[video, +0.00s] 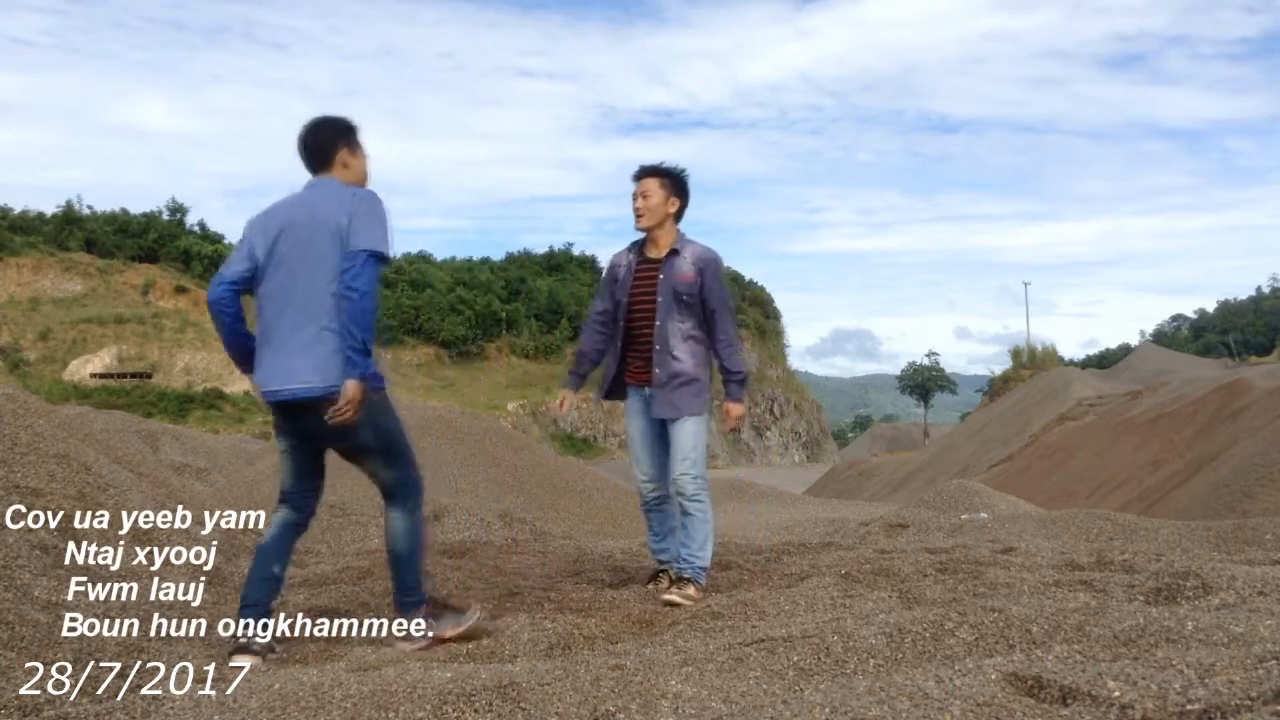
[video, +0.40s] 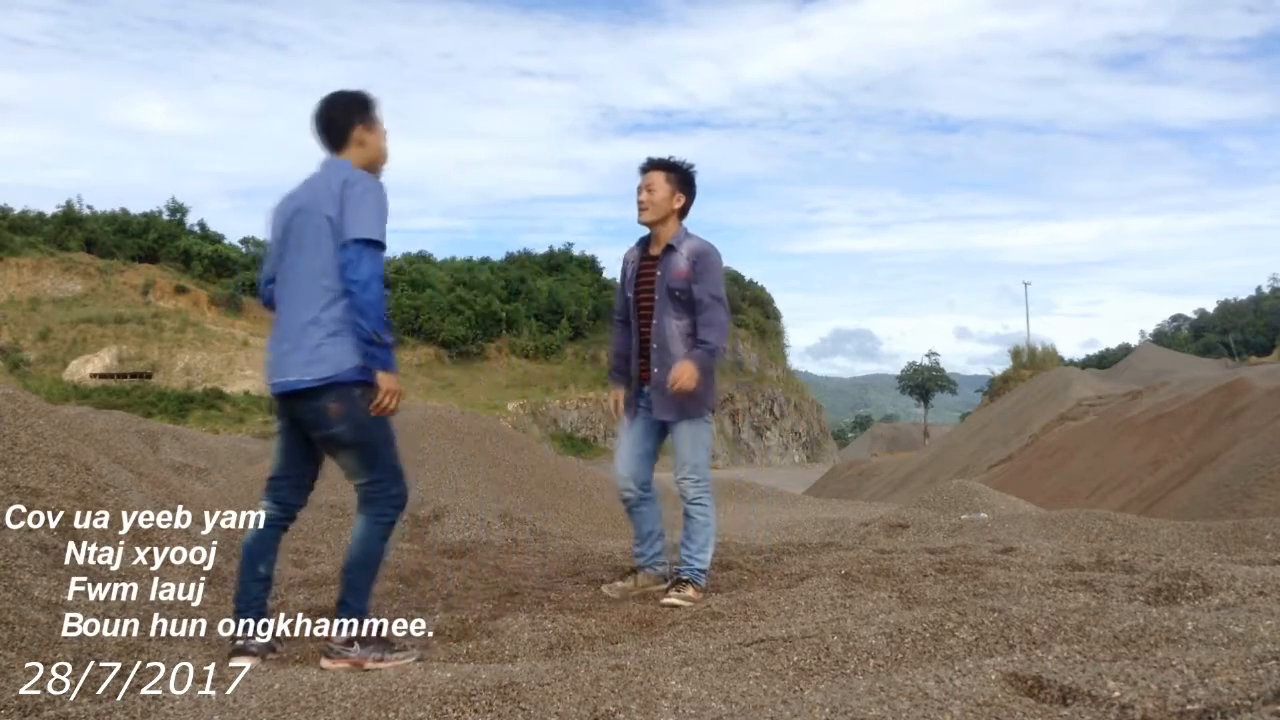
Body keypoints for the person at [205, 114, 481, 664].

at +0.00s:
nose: (366, 163)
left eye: (361, 153)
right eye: (361, 153)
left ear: (315, 162)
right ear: (345, 155)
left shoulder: (273, 215)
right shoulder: (360, 205)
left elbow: (221, 291)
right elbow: (358, 286)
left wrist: (251, 362)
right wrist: (358, 370)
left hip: (281, 385)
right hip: (338, 381)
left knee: (293, 506)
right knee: (402, 487)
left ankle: (251, 631)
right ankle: (415, 615)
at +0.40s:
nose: (386, 140)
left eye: (382, 128)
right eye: (380, 128)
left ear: (333, 138)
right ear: (361, 133)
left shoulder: (293, 200)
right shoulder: (359, 185)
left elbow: (268, 290)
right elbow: (363, 277)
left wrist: (325, 319)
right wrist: (384, 362)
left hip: (291, 381)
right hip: (338, 376)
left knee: (280, 502)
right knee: (384, 495)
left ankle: (246, 630)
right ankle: (350, 634)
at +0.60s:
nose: (419, 142)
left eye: (416, 130)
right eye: (415, 130)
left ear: (369, 133)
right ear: (397, 130)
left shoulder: (343, 189)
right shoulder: (372, 184)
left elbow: (355, 291)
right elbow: (379, 273)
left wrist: (411, 329)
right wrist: (451, 315)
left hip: (336, 379)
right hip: (367, 378)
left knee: (346, 502)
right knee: (391, 503)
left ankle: (267, 612)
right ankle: (350, 635)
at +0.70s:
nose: (432, 145)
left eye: (430, 133)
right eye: (429, 132)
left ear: (387, 129)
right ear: (411, 128)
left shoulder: (366, 181)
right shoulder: (379, 175)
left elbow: (407, 275)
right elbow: (406, 257)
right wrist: (489, 251)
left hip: (364, 371)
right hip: (377, 371)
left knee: (393, 488)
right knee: (390, 498)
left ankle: (306, 584)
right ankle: (349, 636)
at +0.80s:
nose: (451, 143)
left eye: (451, 134)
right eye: (450, 133)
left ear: (402, 128)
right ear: (436, 129)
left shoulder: (384, 175)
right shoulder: (396, 172)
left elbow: (403, 254)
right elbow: (439, 236)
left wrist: (447, 216)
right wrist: (518, 189)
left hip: (388, 367)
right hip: (391, 369)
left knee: (445, 469)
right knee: (389, 503)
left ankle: (383, 578)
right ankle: (348, 637)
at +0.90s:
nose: (472, 147)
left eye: (470, 136)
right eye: (469, 136)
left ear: (429, 132)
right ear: (452, 133)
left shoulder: (411, 180)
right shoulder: (416, 175)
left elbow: (443, 249)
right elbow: (454, 241)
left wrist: (461, 225)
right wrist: (530, 195)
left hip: (418, 375)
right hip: (405, 374)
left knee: (480, 465)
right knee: (394, 504)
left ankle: (440, 586)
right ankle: (348, 634)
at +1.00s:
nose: (491, 156)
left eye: (489, 144)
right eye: (489, 143)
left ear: (448, 141)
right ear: (474, 140)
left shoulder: (434, 197)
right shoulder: (438, 186)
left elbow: (459, 297)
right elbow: (457, 265)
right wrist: (544, 277)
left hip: (446, 380)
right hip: (428, 377)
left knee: (504, 472)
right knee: (406, 503)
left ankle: (514, 592)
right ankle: (349, 631)